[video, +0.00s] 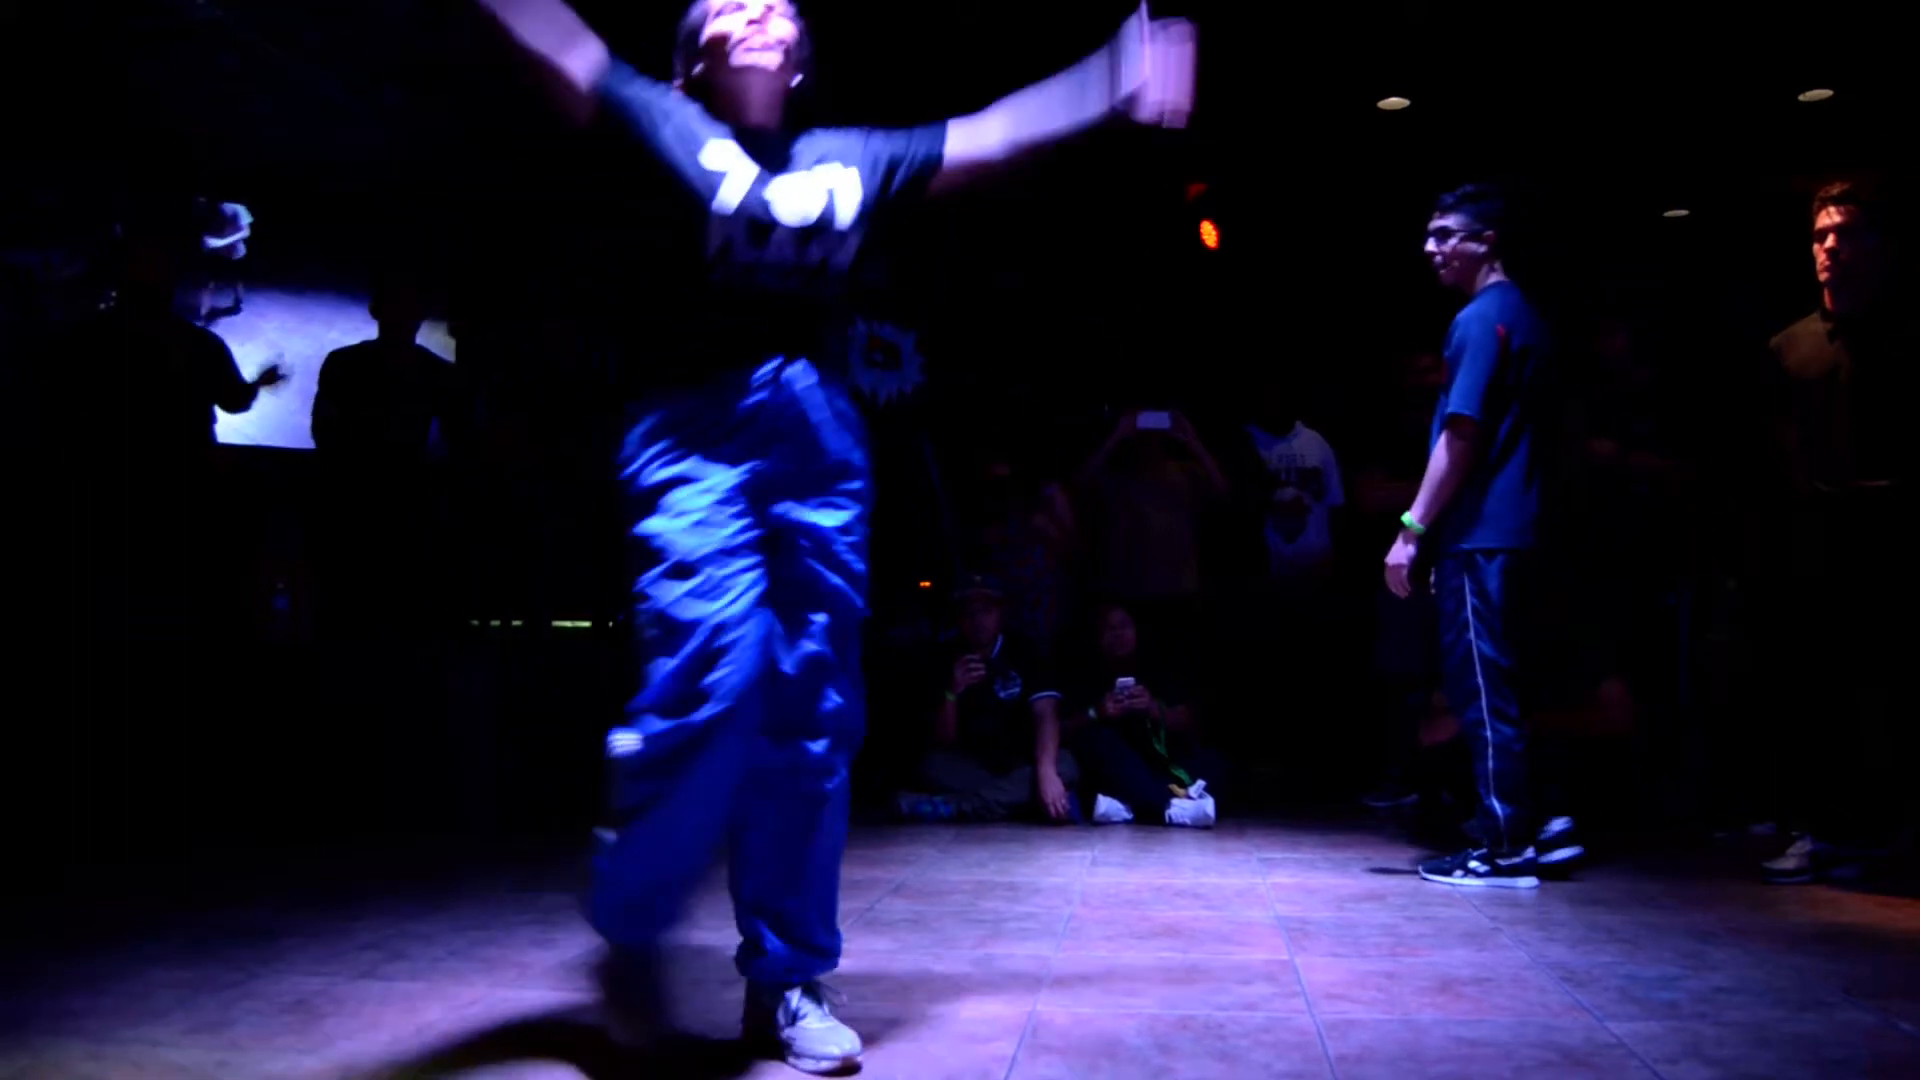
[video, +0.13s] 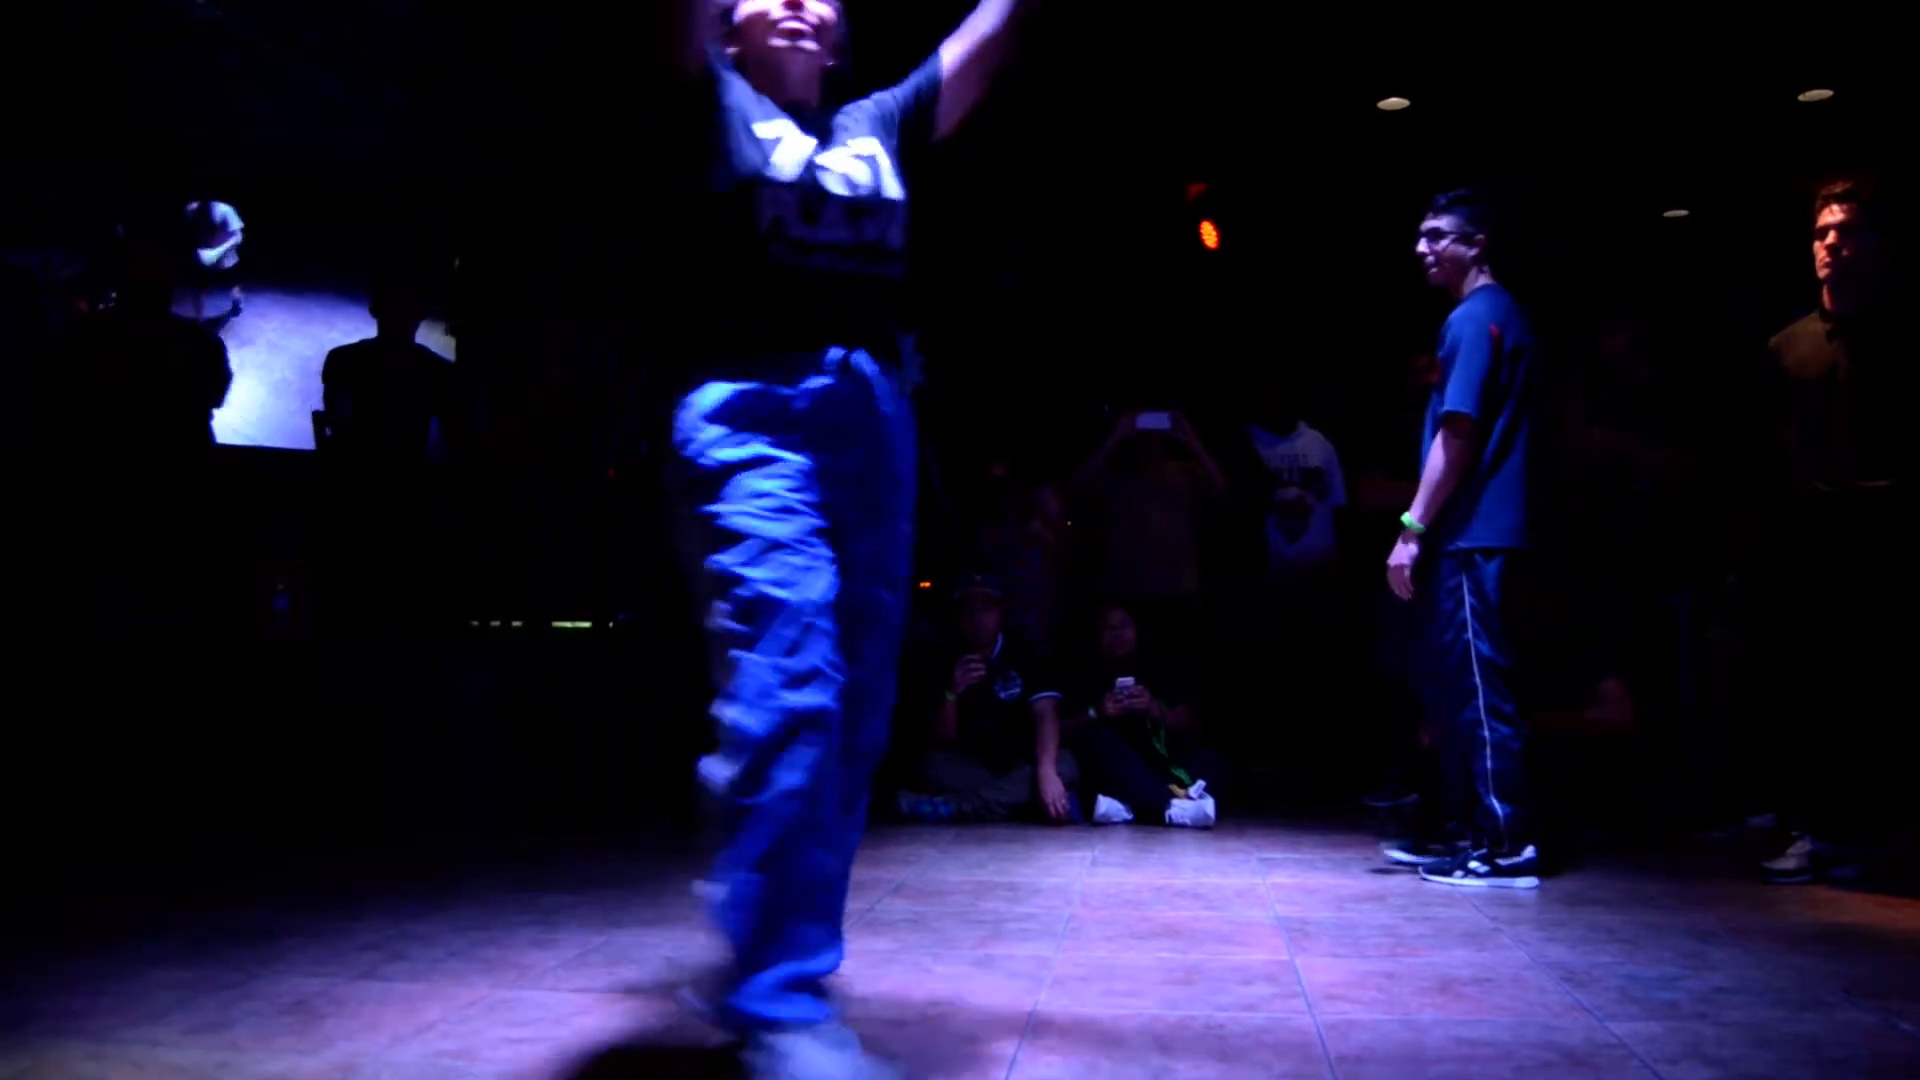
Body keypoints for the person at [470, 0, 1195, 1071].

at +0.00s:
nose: (756, 20)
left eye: (772, 11)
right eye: (734, 13)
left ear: (799, 50)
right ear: (699, 54)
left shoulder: (856, 152)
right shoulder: (657, 116)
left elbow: (992, 130)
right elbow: (541, 30)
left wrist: (1109, 80)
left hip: (821, 447)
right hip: (688, 443)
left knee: (810, 708)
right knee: (716, 672)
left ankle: (790, 978)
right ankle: (627, 935)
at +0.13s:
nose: (808, 15)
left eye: (817, 5)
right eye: (781, 6)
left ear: (836, 35)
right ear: (736, 38)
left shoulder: (880, 124)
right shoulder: (718, 109)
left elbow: (994, 23)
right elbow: (688, 24)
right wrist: (746, 13)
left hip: (870, 412)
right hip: (748, 409)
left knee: (855, 698)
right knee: (796, 674)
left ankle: (793, 980)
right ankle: (771, 994)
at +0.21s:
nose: (855, 18)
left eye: (863, 7)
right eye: (829, 3)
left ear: (869, 35)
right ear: (775, 25)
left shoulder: (899, 125)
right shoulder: (738, 112)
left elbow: (980, 15)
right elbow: (738, 24)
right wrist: (779, 10)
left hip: (903, 419)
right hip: (793, 415)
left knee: (879, 705)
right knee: (834, 696)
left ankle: (788, 983)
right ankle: (864, 1019)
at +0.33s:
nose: (911, 27)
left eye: (916, 16)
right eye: (887, 13)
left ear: (918, 36)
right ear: (828, 28)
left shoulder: (942, 128)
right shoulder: (798, 118)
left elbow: (1057, 35)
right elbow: (764, 23)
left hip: (946, 429)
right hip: (842, 427)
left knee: (967, 721)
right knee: (935, 700)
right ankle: (908, 1020)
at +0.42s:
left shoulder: (971, 113)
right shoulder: (816, 104)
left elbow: (1119, 63)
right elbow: (739, 19)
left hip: (973, 441)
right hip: (863, 446)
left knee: (1052, 721)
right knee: (934, 741)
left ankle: (860, 938)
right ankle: (914, 1049)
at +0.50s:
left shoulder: (993, 104)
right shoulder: (889, 100)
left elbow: (1135, 134)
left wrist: (1279, 58)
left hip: (1009, 460)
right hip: (905, 462)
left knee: (1110, 702)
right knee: (939, 739)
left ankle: (966, 949)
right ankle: (904, 1039)